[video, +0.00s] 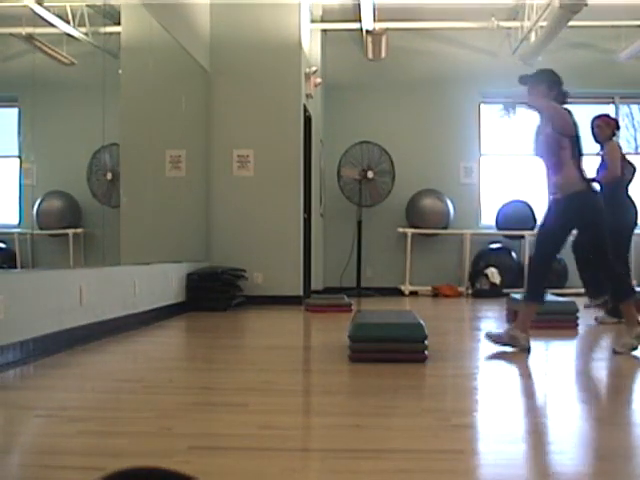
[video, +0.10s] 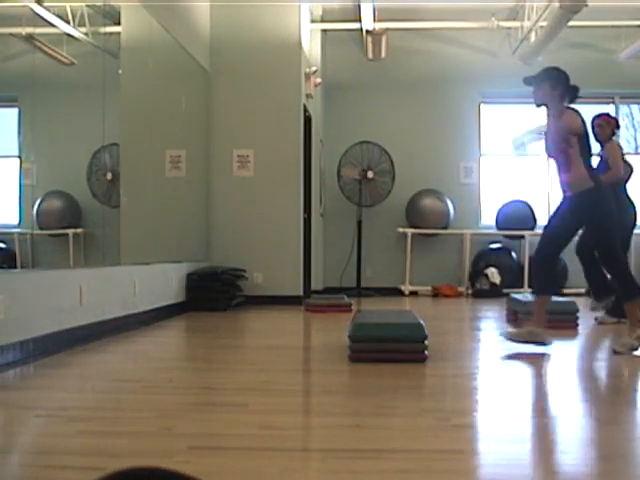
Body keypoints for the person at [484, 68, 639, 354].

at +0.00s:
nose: (529, 95)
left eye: (533, 89)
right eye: (528, 90)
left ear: (551, 90)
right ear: (542, 92)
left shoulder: (562, 117)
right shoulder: (544, 123)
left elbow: (559, 119)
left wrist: (529, 102)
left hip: (583, 199)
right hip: (560, 202)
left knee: (603, 261)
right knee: (539, 262)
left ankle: (633, 325)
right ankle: (520, 331)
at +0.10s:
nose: (533, 90)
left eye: (538, 86)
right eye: (534, 86)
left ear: (554, 89)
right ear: (550, 91)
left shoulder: (569, 118)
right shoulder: (552, 122)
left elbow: (576, 152)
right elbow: (561, 157)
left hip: (593, 197)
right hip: (572, 199)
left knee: (613, 260)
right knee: (543, 257)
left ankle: (635, 329)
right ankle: (537, 325)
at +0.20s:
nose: (537, 95)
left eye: (542, 90)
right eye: (538, 90)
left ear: (558, 92)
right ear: (553, 94)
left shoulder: (574, 117)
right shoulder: (559, 124)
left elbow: (580, 158)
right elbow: (565, 159)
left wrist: (557, 147)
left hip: (599, 199)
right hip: (578, 202)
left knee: (610, 261)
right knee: (544, 254)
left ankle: (636, 327)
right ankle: (569, 317)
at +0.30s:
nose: (538, 97)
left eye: (542, 92)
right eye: (539, 92)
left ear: (558, 95)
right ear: (555, 96)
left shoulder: (575, 123)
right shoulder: (560, 127)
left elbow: (598, 163)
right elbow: (572, 165)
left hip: (597, 202)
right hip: (578, 205)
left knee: (611, 265)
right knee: (554, 263)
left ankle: (635, 328)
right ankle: (593, 318)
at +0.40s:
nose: (532, 93)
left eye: (536, 88)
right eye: (532, 88)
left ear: (551, 90)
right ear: (550, 92)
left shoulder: (569, 119)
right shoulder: (553, 120)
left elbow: (606, 152)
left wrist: (622, 190)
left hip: (588, 199)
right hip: (574, 201)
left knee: (599, 261)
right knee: (568, 265)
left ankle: (629, 325)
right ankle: (603, 325)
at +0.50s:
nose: (522, 86)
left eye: (526, 82)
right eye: (523, 82)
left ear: (544, 86)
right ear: (539, 87)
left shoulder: (563, 112)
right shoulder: (540, 116)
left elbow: (600, 131)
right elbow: (552, 148)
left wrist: (626, 154)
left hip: (582, 189)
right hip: (568, 191)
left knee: (571, 255)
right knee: (570, 255)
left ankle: (603, 318)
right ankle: (606, 316)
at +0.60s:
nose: (514, 91)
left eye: (519, 86)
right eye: (515, 86)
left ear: (535, 91)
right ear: (527, 93)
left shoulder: (560, 118)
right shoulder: (529, 124)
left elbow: (599, 132)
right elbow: (546, 159)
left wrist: (631, 147)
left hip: (578, 194)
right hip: (560, 199)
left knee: (550, 249)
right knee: (580, 259)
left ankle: (564, 318)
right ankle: (605, 325)